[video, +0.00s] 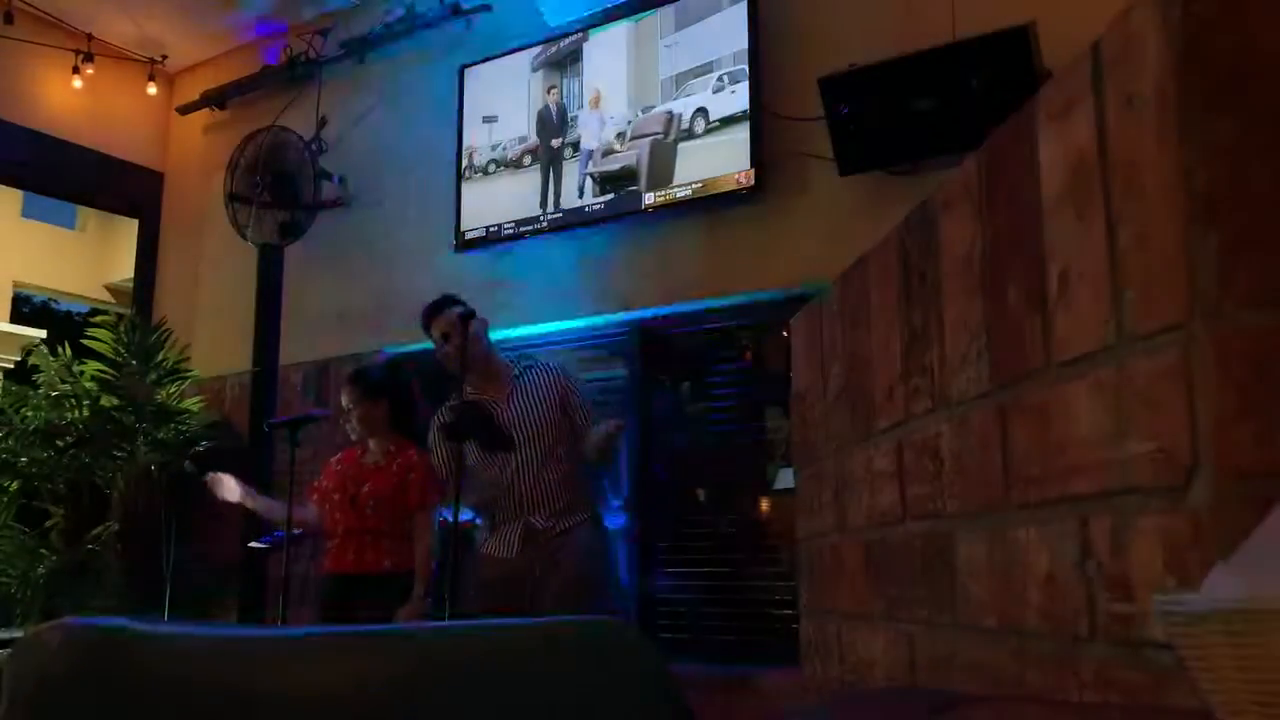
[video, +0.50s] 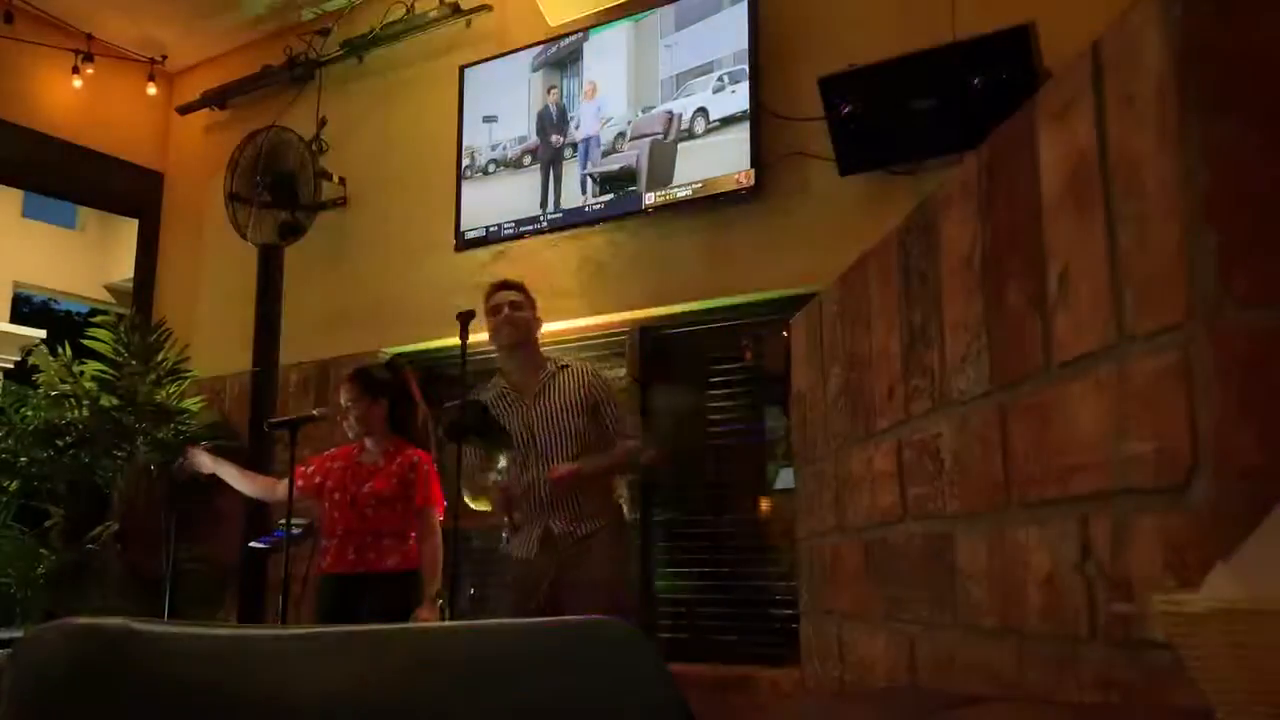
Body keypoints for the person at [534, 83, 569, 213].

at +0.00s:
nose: (555, 96)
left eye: (557, 94)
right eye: (553, 94)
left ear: (559, 95)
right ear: (548, 96)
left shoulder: (562, 108)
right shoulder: (542, 112)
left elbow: (565, 125)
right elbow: (539, 132)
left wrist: (562, 138)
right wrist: (549, 141)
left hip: (558, 148)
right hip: (546, 149)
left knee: (558, 179)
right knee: (545, 179)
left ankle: (557, 205)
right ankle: (543, 207)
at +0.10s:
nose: (556, 96)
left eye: (557, 94)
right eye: (553, 94)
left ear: (559, 95)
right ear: (548, 96)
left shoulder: (562, 108)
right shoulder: (542, 112)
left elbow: (566, 125)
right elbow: (539, 132)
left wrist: (562, 138)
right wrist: (549, 141)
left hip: (558, 148)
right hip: (546, 149)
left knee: (558, 179)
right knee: (545, 179)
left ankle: (557, 205)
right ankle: (543, 207)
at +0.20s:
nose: (555, 96)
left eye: (557, 94)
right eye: (553, 94)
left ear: (559, 95)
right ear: (548, 95)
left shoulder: (562, 108)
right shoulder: (542, 112)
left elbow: (565, 125)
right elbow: (539, 132)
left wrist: (562, 138)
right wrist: (549, 141)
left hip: (558, 149)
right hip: (546, 149)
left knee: (558, 179)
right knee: (545, 180)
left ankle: (557, 205)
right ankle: (544, 207)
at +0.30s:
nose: (555, 96)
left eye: (557, 94)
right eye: (553, 94)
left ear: (559, 95)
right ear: (548, 96)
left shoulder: (562, 109)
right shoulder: (542, 112)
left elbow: (565, 126)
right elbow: (539, 132)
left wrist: (561, 138)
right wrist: (550, 141)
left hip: (558, 150)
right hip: (546, 150)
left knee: (558, 180)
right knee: (545, 180)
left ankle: (557, 205)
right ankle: (543, 207)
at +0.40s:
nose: (555, 96)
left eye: (557, 94)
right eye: (553, 94)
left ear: (559, 95)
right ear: (548, 96)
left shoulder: (562, 109)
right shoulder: (542, 112)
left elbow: (565, 125)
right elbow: (539, 132)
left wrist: (562, 138)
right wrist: (549, 141)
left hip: (558, 149)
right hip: (546, 150)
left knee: (558, 179)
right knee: (545, 179)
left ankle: (557, 205)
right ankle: (543, 207)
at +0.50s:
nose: (556, 96)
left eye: (557, 94)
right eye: (553, 94)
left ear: (559, 95)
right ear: (548, 96)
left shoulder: (562, 109)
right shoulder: (542, 112)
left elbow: (565, 125)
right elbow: (539, 132)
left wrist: (562, 137)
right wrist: (549, 139)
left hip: (558, 150)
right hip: (546, 151)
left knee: (558, 179)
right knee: (545, 180)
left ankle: (557, 205)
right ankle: (543, 207)